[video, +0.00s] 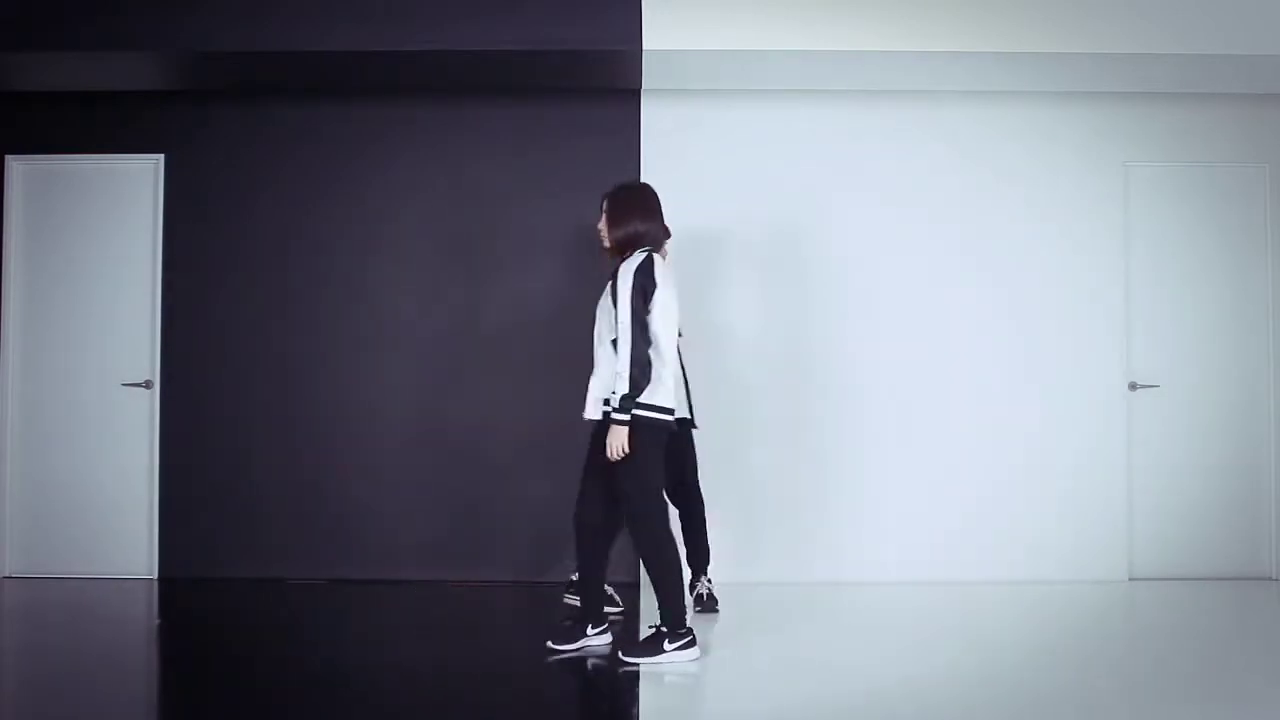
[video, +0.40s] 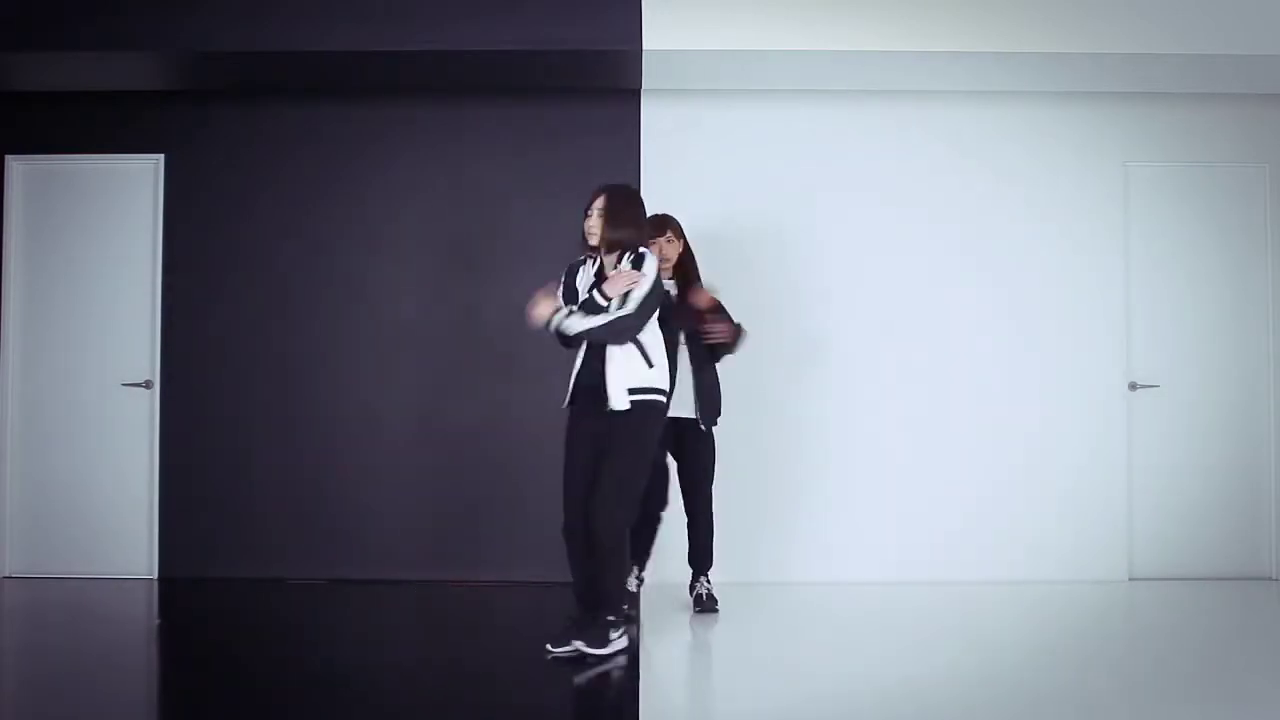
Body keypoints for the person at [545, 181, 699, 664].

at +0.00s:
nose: (599, 223)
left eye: (606, 215)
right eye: (601, 215)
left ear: (625, 219)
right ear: (642, 218)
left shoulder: (643, 267)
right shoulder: (630, 268)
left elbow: (642, 346)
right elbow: (631, 345)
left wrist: (621, 415)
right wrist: (608, 410)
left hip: (641, 415)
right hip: (615, 414)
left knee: (646, 521)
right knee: (593, 518)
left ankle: (676, 630)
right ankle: (592, 623)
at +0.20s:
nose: (585, 222)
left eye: (593, 214)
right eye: (588, 214)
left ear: (612, 220)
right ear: (629, 219)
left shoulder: (620, 268)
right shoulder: (632, 268)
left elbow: (596, 341)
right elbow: (613, 344)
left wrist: (574, 412)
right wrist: (567, 373)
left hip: (621, 411)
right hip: (615, 409)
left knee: (605, 514)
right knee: (586, 515)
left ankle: (642, 620)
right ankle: (597, 621)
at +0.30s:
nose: (584, 222)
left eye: (591, 213)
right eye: (586, 213)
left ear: (611, 219)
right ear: (620, 219)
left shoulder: (631, 268)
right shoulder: (604, 272)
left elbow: (598, 333)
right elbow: (591, 348)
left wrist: (539, 379)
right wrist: (573, 330)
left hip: (627, 406)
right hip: (595, 406)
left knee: (600, 510)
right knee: (579, 510)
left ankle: (609, 624)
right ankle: (592, 621)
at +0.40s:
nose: (589, 222)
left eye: (598, 214)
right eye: (589, 214)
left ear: (622, 220)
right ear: (589, 222)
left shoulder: (644, 263)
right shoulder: (576, 273)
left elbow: (626, 324)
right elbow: (565, 330)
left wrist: (561, 319)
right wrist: (605, 296)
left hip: (638, 402)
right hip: (588, 401)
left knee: (609, 508)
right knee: (577, 510)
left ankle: (613, 623)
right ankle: (588, 623)